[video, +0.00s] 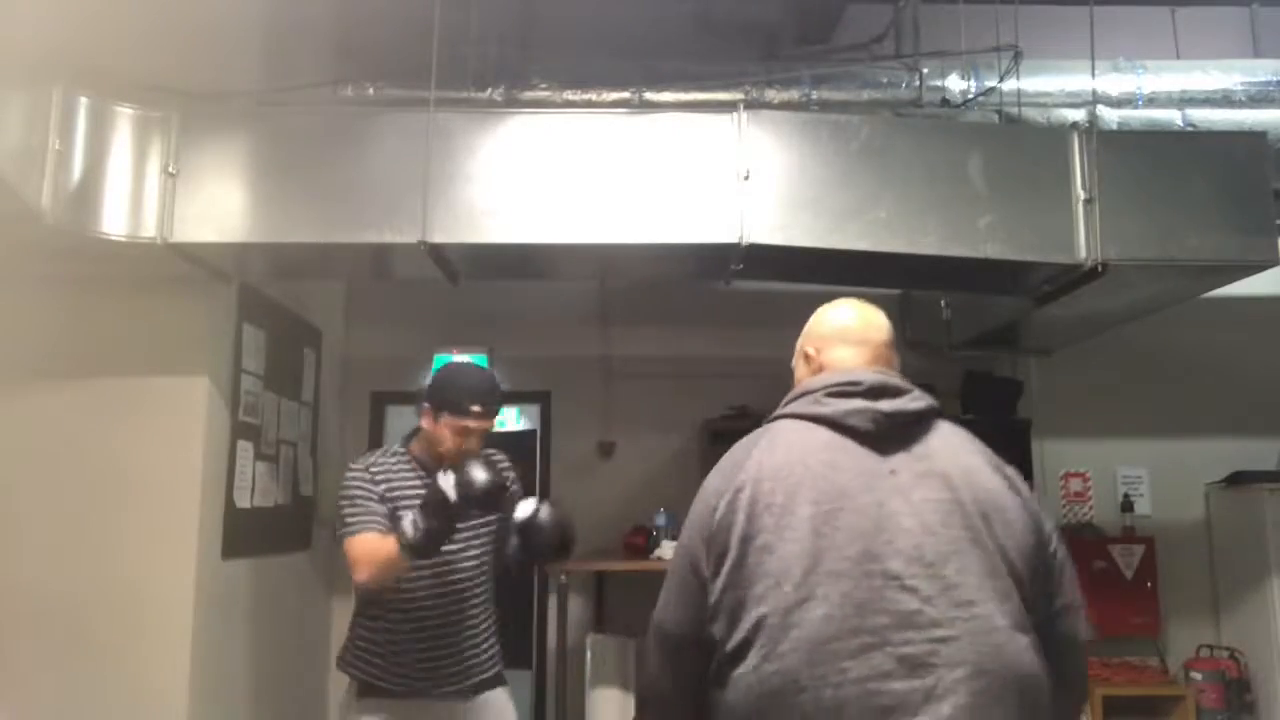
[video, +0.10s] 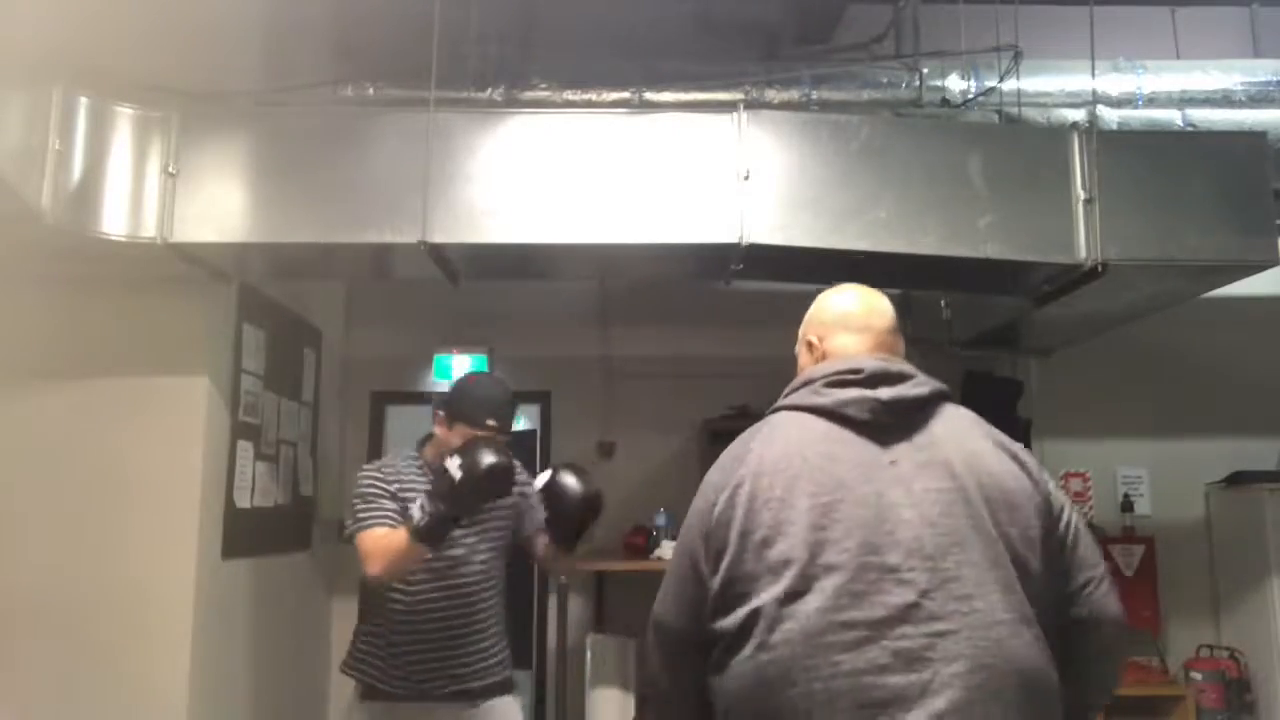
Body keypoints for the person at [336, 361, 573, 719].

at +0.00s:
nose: (473, 447)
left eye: (483, 435)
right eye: (462, 432)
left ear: (491, 427)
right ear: (427, 416)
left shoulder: (495, 468)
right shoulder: (369, 474)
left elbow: (511, 551)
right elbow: (365, 569)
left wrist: (537, 540)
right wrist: (430, 523)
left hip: (480, 688)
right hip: (390, 694)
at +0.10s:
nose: (483, 453)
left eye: (495, 443)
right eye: (474, 439)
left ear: (506, 438)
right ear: (440, 421)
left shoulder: (510, 478)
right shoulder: (381, 478)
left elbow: (549, 559)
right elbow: (377, 564)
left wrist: (567, 529)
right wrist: (447, 510)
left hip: (485, 695)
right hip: (393, 697)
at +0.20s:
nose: (511, 464)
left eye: (522, 455)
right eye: (502, 451)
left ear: (531, 447)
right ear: (469, 431)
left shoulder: (536, 488)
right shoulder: (406, 489)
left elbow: (573, 570)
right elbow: (392, 579)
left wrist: (592, 528)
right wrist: (458, 524)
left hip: (503, 700)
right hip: (412, 701)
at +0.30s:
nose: (545, 468)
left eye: (555, 457)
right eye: (536, 454)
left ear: (564, 451)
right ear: (505, 434)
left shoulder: (567, 485)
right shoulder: (440, 488)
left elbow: (589, 587)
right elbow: (411, 587)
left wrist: (600, 540)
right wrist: (478, 543)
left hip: (541, 697)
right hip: (449, 698)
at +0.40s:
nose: (570, 461)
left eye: (583, 450)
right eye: (561, 444)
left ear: (594, 445)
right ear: (532, 423)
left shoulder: (606, 484)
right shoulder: (470, 478)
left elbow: (621, 582)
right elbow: (432, 573)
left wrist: (609, 539)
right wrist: (487, 558)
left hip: (570, 697)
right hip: (478, 693)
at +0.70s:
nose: (590, 442)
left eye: (603, 430)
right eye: (580, 426)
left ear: (614, 427)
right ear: (554, 409)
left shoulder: (629, 470)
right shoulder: (506, 464)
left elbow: (659, 547)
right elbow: (468, 559)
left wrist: (615, 503)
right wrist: (514, 526)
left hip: (601, 669)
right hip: (522, 671)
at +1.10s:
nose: (583, 440)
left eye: (595, 428)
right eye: (572, 427)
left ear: (610, 423)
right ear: (551, 418)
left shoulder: (647, 464)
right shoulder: (524, 475)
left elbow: (688, 541)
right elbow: (498, 565)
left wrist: (653, 539)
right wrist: (534, 519)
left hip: (631, 662)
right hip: (558, 669)